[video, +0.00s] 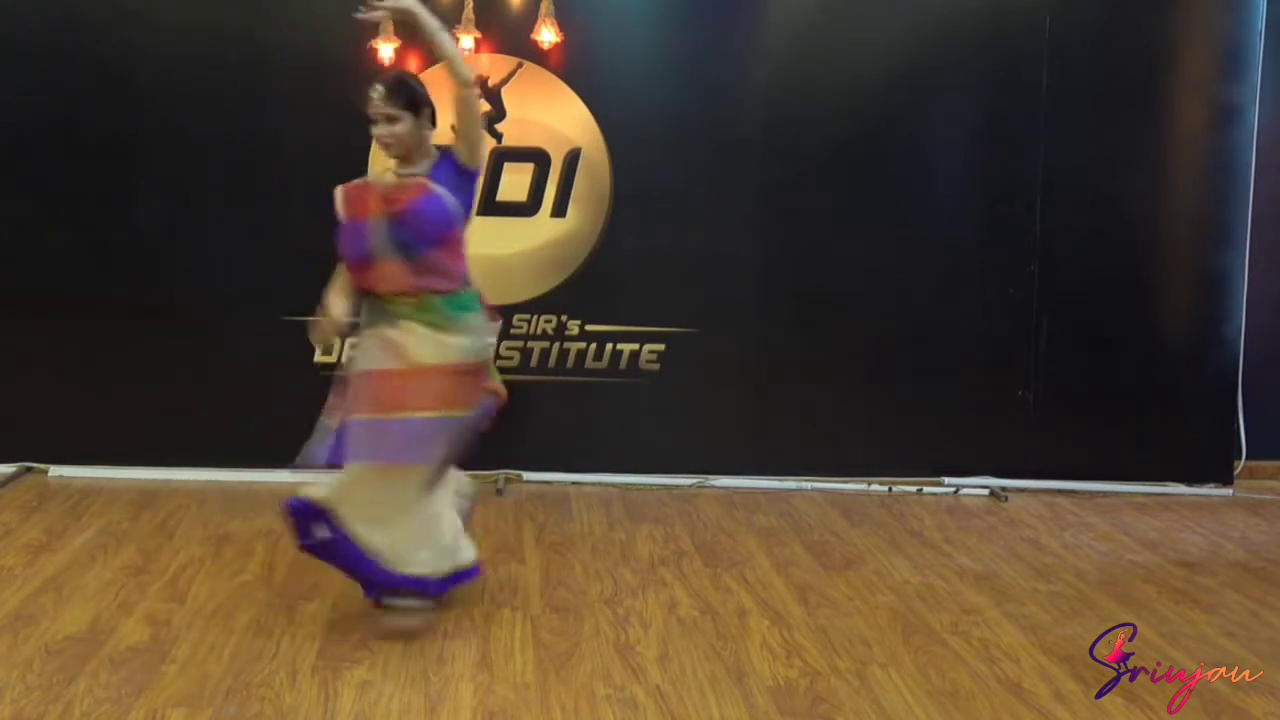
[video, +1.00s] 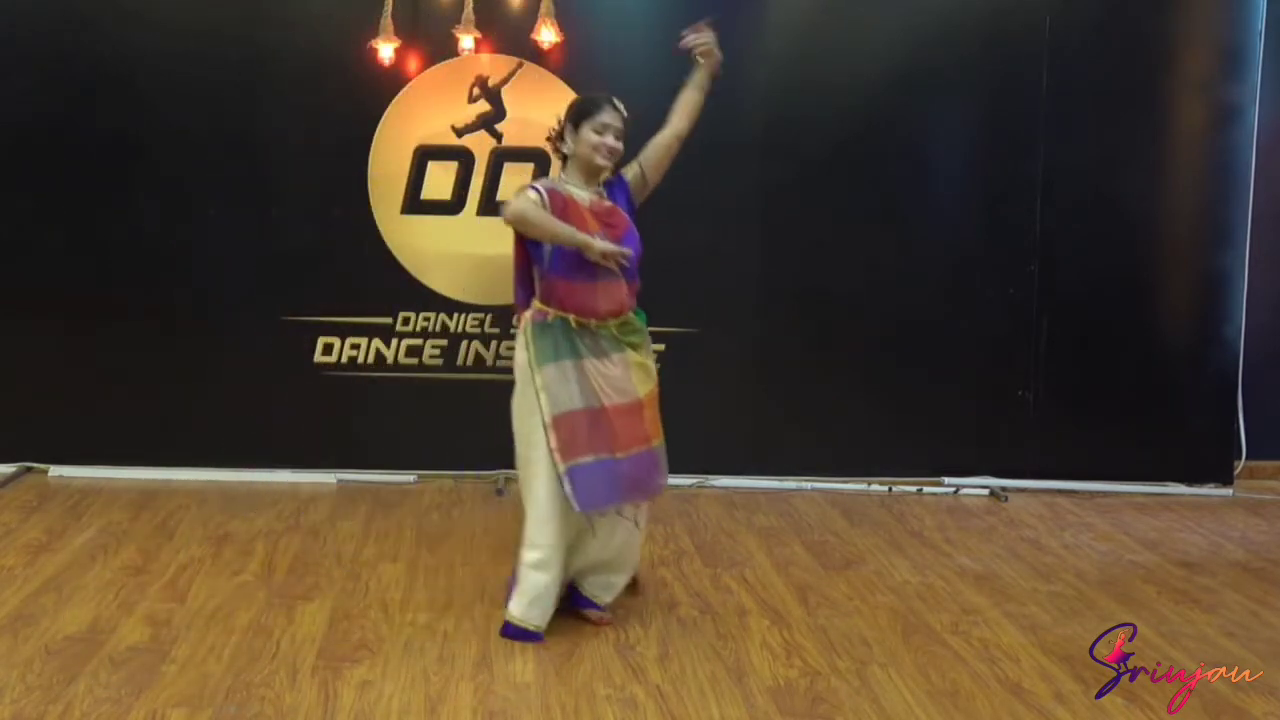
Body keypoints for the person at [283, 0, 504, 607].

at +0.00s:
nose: (382, 133)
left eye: (392, 120)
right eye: (374, 123)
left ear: (425, 120)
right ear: (369, 128)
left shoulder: (455, 173)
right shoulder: (367, 193)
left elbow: (466, 83)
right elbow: (352, 265)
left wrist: (416, 14)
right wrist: (334, 308)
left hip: (449, 331)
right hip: (384, 334)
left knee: (410, 456)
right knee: (371, 455)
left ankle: (417, 582)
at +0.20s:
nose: (419, 140)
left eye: (428, 126)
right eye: (412, 131)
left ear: (460, 124)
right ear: (411, 138)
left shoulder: (501, 178)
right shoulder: (408, 204)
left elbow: (519, 88)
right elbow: (379, 280)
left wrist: (490, 18)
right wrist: (340, 348)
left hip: (496, 333)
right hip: (425, 336)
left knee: (521, 456)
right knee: (417, 455)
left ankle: (571, 577)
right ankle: (416, 569)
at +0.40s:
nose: (462, 118)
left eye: (470, 104)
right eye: (457, 111)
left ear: (506, 104)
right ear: (464, 124)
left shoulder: (555, 159)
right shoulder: (466, 182)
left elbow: (577, 72)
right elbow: (389, 211)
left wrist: (564, 16)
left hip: (560, 320)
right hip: (490, 323)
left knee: (571, 449)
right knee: (412, 418)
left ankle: (573, 582)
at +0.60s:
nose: (510, 102)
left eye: (521, 92)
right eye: (504, 99)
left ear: (556, 103)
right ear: (504, 120)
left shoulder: (592, 159)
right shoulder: (499, 171)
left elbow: (620, 72)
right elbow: (431, 196)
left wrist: (606, 6)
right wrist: (462, 135)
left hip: (585, 312)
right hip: (517, 313)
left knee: (586, 446)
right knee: (466, 433)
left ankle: (577, 579)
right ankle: (380, 541)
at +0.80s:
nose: (559, 112)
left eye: (570, 105)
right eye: (550, 106)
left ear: (593, 120)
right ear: (540, 120)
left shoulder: (610, 175)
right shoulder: (524, 175)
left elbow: (649, 99)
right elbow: (469, 175)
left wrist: (642, 34)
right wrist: (547, 197)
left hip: (603, 326)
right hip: (536, 325)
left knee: (606, 456)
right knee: (517, 455)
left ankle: (584, 584)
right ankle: (482, 582)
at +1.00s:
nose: (611, 143)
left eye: (617, 135)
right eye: (601, 131)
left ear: (619, 146)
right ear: (570, 136)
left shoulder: (620, 193)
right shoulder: (543, 192)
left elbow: (672, 134)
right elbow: (518, 213)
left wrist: (705, 71)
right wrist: (587, 243)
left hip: (616, 346)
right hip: (553, 347)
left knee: (620, 467)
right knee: (550, 475)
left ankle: (593, 587)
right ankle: (531, 605)